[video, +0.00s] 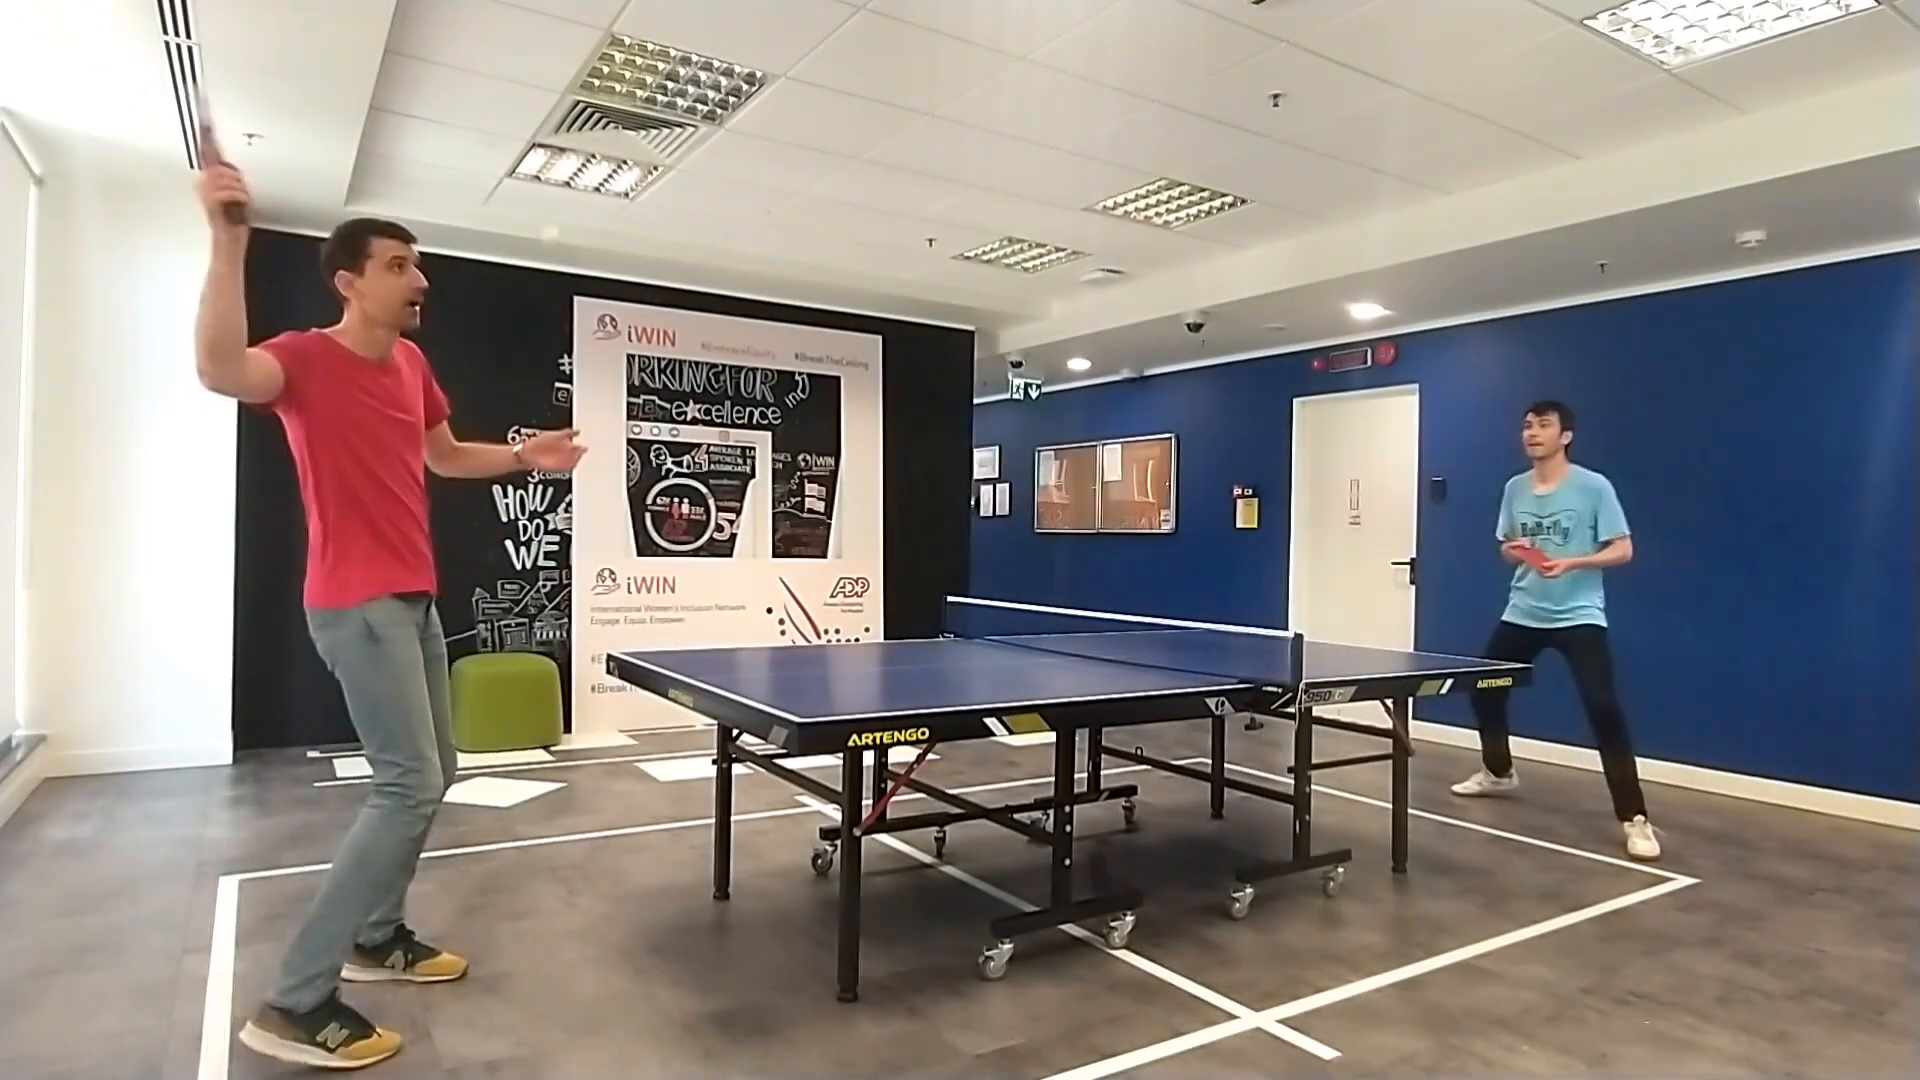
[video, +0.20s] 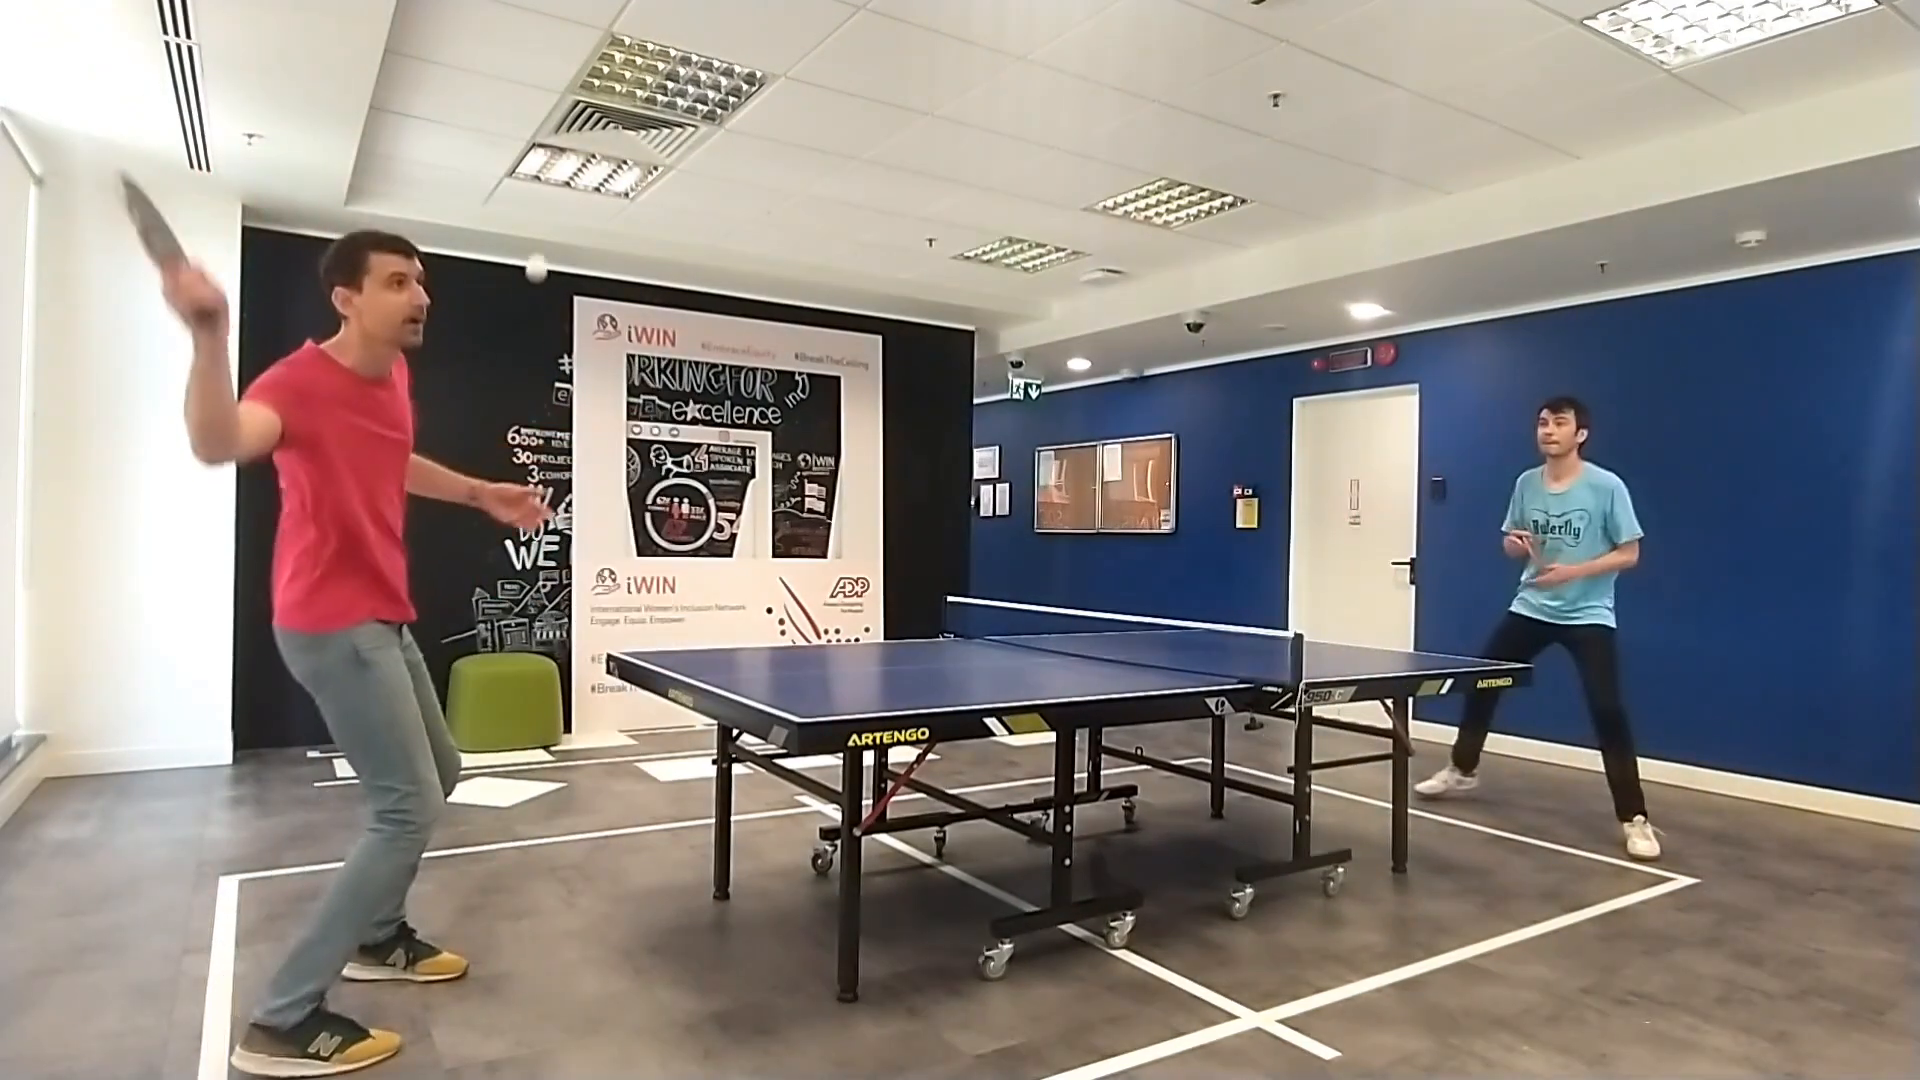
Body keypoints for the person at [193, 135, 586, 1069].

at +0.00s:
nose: (419, 278)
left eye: (418, 266)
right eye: (402, 265)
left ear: (399, 286)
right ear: (349, 281)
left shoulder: (408, 363)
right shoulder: (308, 358)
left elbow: (445, 455)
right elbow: (221, 367)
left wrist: (526, 453)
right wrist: (227, 239)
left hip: (413, 594)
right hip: (354, 600)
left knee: (428, 776)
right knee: (409, 786)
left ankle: (376, 931)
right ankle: (296, 999)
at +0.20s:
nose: (419, 297)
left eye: (420, 284)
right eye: (399, 283)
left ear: (408, 303)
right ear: (348, 299)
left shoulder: (393, 379)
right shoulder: (303, 377)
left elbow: (386, 464)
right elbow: (215, 442)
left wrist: (480, 492)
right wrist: (208, 332)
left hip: (383, 615)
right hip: (329, 620)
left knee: (438, 769)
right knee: (407, 808)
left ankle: (377, 932)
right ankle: (283, 1015)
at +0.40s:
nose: (407, 362)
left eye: (412, 346)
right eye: (389, 346)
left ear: (406, 351)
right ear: (332, 351)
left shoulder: (357, 412)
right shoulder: (281, 435)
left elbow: (350, 491)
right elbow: (270, 578)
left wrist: (426, 523)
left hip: (345, 640)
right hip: (298, 658)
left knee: (434, 776)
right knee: (415, 820)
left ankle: (366, 938)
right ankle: (285, 1019)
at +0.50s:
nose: (390, 384)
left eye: (394, 367)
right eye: (372, 367)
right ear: (313, 367)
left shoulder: (323, 415)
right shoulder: (262, 461)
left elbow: (327, 500)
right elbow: (298, 614)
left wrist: (401, 532)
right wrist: (441, 653)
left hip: (321, 649)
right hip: (277, 672)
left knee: (419, 783)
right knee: (416, 825)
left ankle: (330, 935)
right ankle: (285, 1021)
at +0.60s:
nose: (379, 389)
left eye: (379, 371)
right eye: (363, 372)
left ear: (307, 374)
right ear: (300, 375)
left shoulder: (284, 413)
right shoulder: (245, 478)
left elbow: (293, 504)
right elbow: (324, 615)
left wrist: (369, 530)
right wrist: (473, 606)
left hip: (291, 652)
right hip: (256, 676)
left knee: (370, 782)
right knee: (409, 824)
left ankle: (252, 905)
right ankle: (286, 1021)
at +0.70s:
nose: (354, 374)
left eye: (353, 358)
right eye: (339, 358)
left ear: (275, 366)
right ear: (276, 364)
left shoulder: (238, 412)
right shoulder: (221, 464)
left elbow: (258, 505)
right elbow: (316, 595)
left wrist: (340, 523)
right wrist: (453, 555)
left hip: (237, 660)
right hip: (233, 676)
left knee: (322, 794)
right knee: (388, 818)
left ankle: (150, 883)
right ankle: (285, 1021)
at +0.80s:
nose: (319, 357)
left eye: (317, 340)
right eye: (304, 341)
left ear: (248, 350)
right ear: (246, 348)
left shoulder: (215, 412)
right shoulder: (184, 442)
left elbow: (223, 505)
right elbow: (264, 581)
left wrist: (310, 521)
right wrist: (399, 535)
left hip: (195, 655)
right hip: (195, 665)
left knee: (243, 808)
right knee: (357, 809)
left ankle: (59, 900)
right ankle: (283, 1022)